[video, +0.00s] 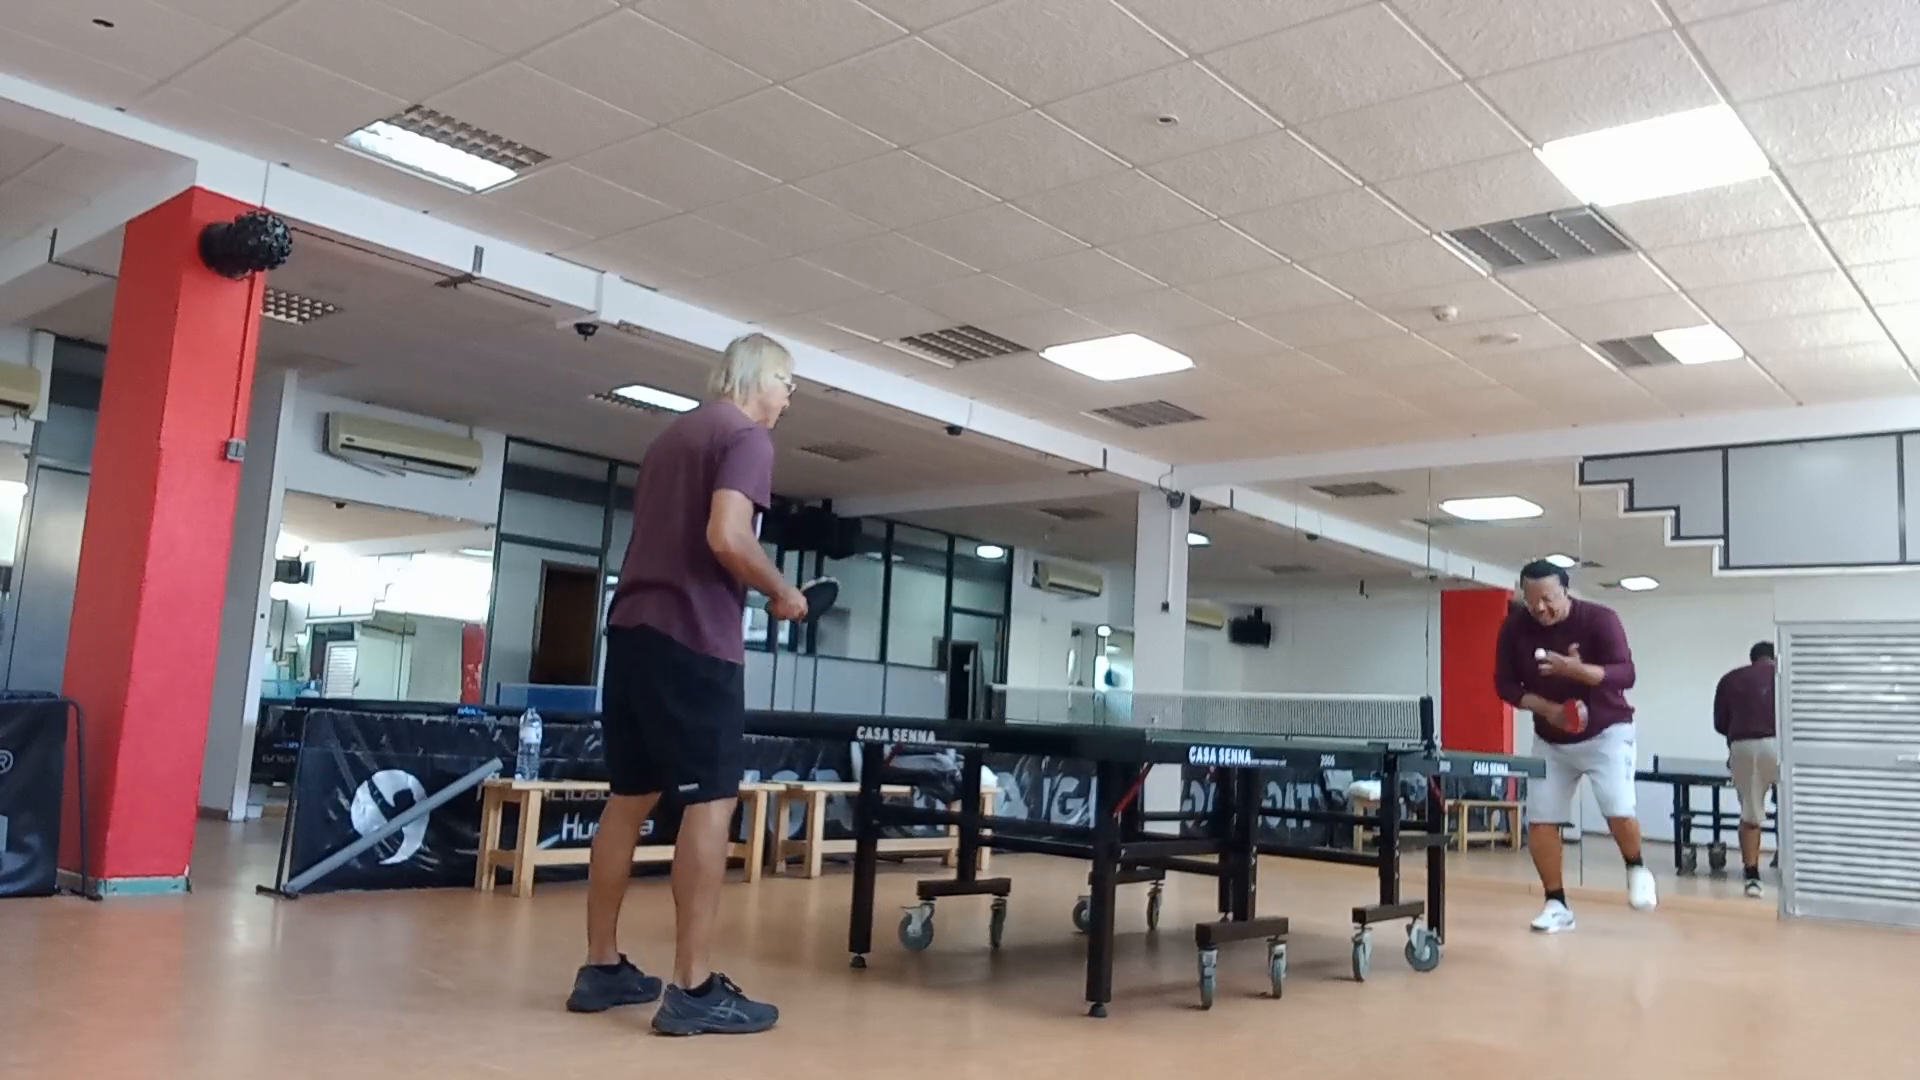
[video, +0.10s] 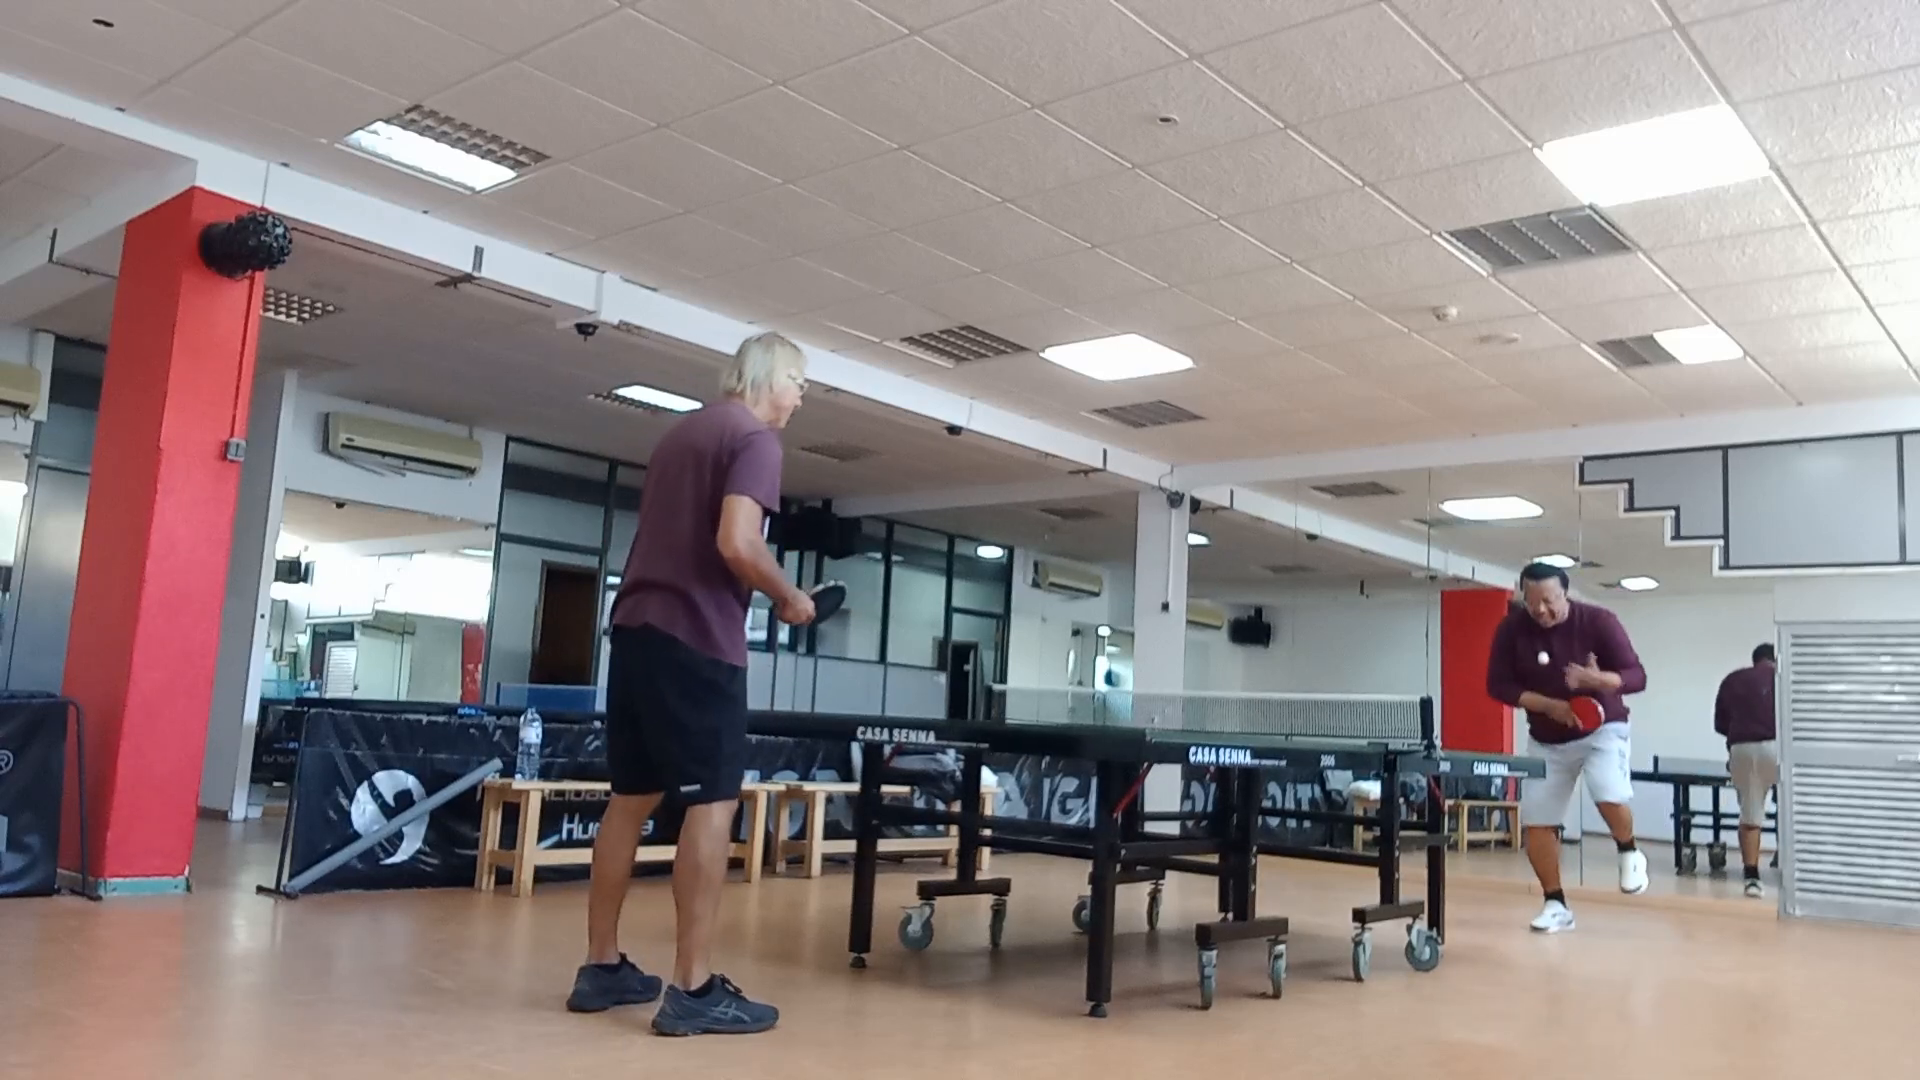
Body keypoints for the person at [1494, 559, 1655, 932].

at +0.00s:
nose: (1541, 608)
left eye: (1548, 600)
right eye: (1533, 601)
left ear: (1565, 590)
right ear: (1524, 597)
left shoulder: (1600, 620)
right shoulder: (1516, 627)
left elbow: (1625, 673)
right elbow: (1505, 686)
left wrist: (1579, 670)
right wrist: (1547, 708)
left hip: (1607, 735)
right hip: (1552, 740)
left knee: (1618, 810)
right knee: (1541, 818)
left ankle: (1636, 869)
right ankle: (1556, 904)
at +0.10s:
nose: (1543, 610)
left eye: (1550, 601)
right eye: (1535, 603)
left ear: (1566, 592)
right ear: (1524, 598)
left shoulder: (1598, 621)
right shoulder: (1513, 629)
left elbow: (1637, 677)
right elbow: (1497, 686)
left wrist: (1601, 679)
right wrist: (1547, 704)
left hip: (1603, 733)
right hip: (1549, 741)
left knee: (1606, 791)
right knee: (1536, 818)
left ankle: (1629, 853)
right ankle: (1555, 904)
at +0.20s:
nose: (1542, 613)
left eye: (1550, 604)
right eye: (1533, 605)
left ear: (1566, 596)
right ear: (1523, 600)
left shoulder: (1599, 625)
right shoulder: (1513, 627)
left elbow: (1640, 679)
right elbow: (1483, 678)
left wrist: (1615, 704)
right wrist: (1533, 700)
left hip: (1600, 737)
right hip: (1546, 745)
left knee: (1601, 794)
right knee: (1532, 821)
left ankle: (1627, 870)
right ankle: (1555, 905)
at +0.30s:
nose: (1542, 615)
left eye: (1550, 607)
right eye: (1534, 608)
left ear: (1568, 600)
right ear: (1526, 602)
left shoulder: (1599, 627)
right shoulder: (1516, 623)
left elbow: (1634, 686)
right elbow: (1475, 656)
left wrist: (1612, 743)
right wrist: (1493, 678)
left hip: (1596, 746)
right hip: (1544, 753)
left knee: (1604, 815)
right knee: (1529, 831)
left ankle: (1623, 908)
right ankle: (1556, 906)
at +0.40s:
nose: (1544, 610)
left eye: (1551, 602)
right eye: (1537, 603)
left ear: (1572, 597)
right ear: (1531, 600)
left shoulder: (1605, 629)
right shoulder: (1522, 621)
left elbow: (1633, 691)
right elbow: (1480, 626)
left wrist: (1614, 747)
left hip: (1596, 747)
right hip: (1541, 750)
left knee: (1606, 820)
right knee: (1519, 824)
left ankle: (1624, 916)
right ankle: (1550, 902)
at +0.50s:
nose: (1545, 598)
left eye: (1553, 591)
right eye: (1539, 591)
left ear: (1574, 589)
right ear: (1534, 591)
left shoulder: (1607, 624)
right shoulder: (1522, 613)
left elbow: (1636, 686)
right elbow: (1477, 618)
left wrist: (1622, 743)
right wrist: (1429, 616)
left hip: (1595, 742)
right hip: (1539, 742)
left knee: (1607, 822)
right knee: (1503, 809)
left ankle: (1624, 916)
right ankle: (1527, 895)